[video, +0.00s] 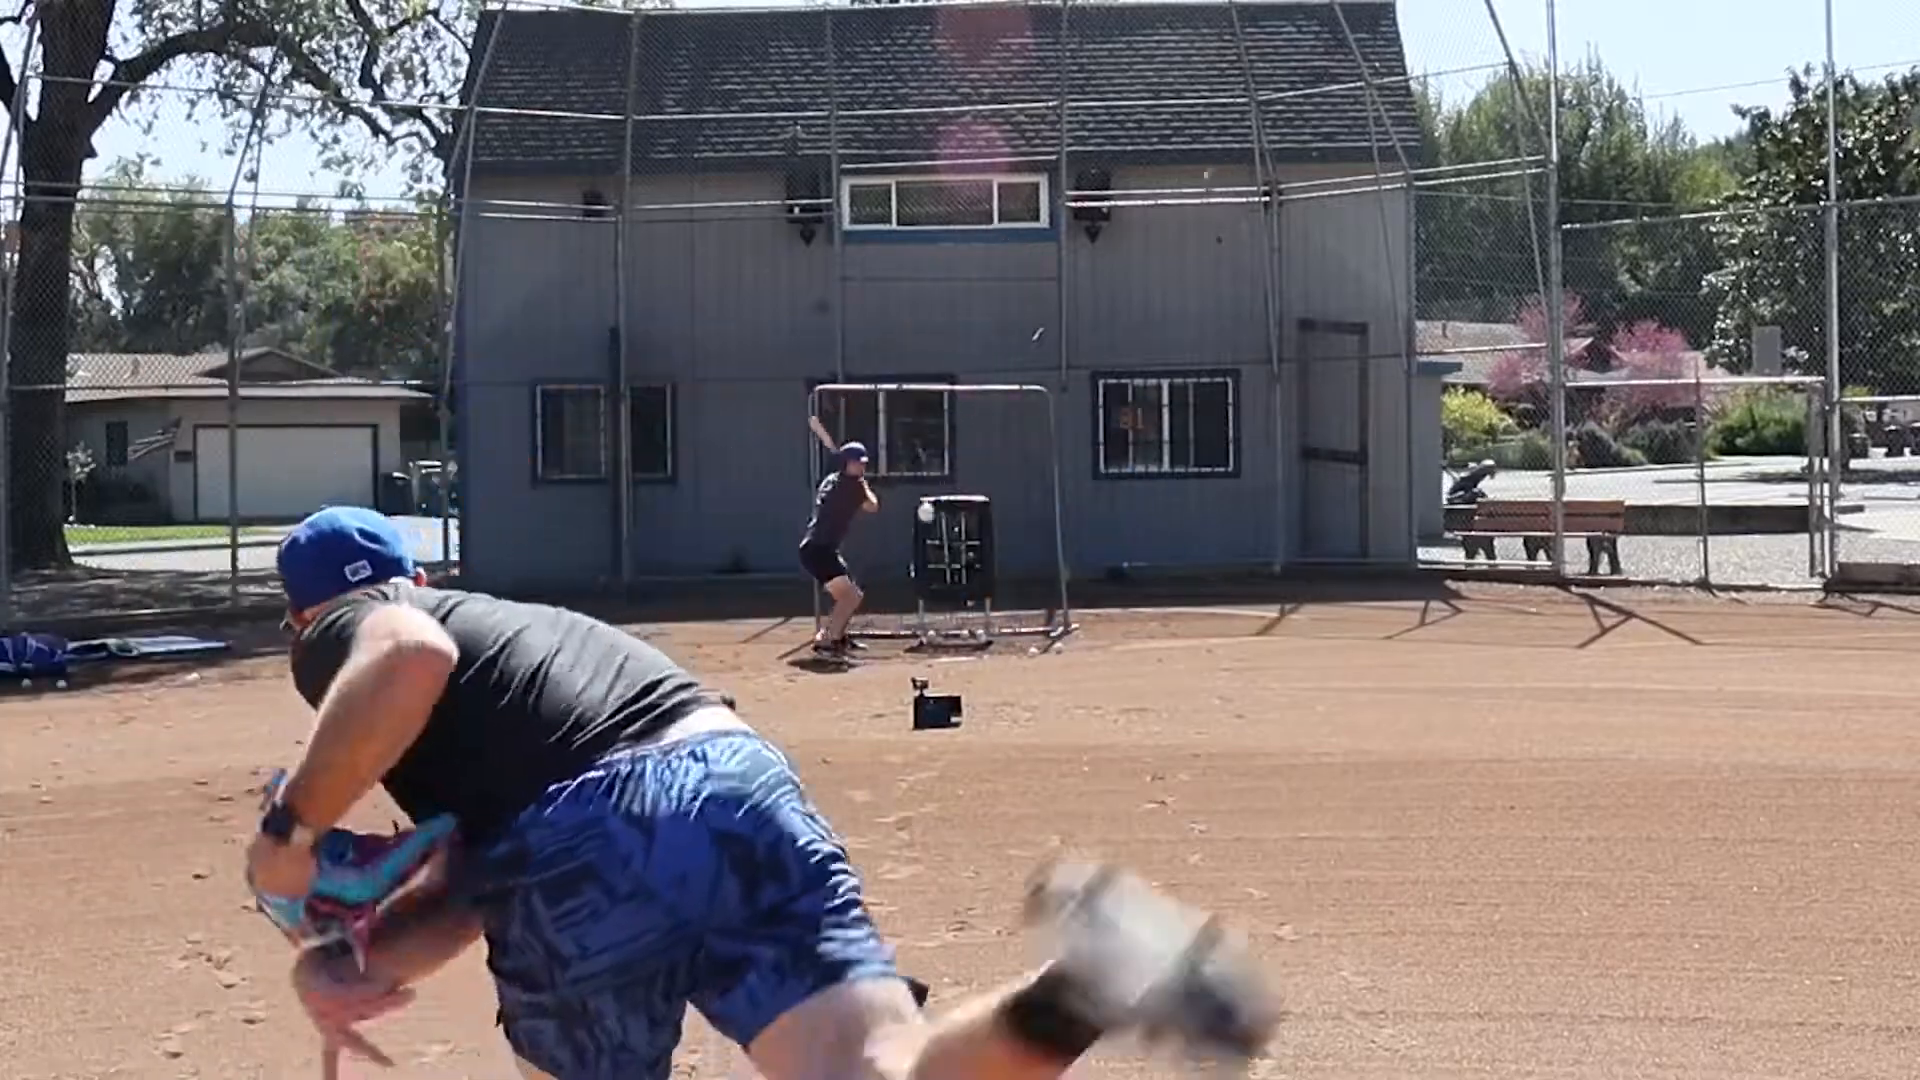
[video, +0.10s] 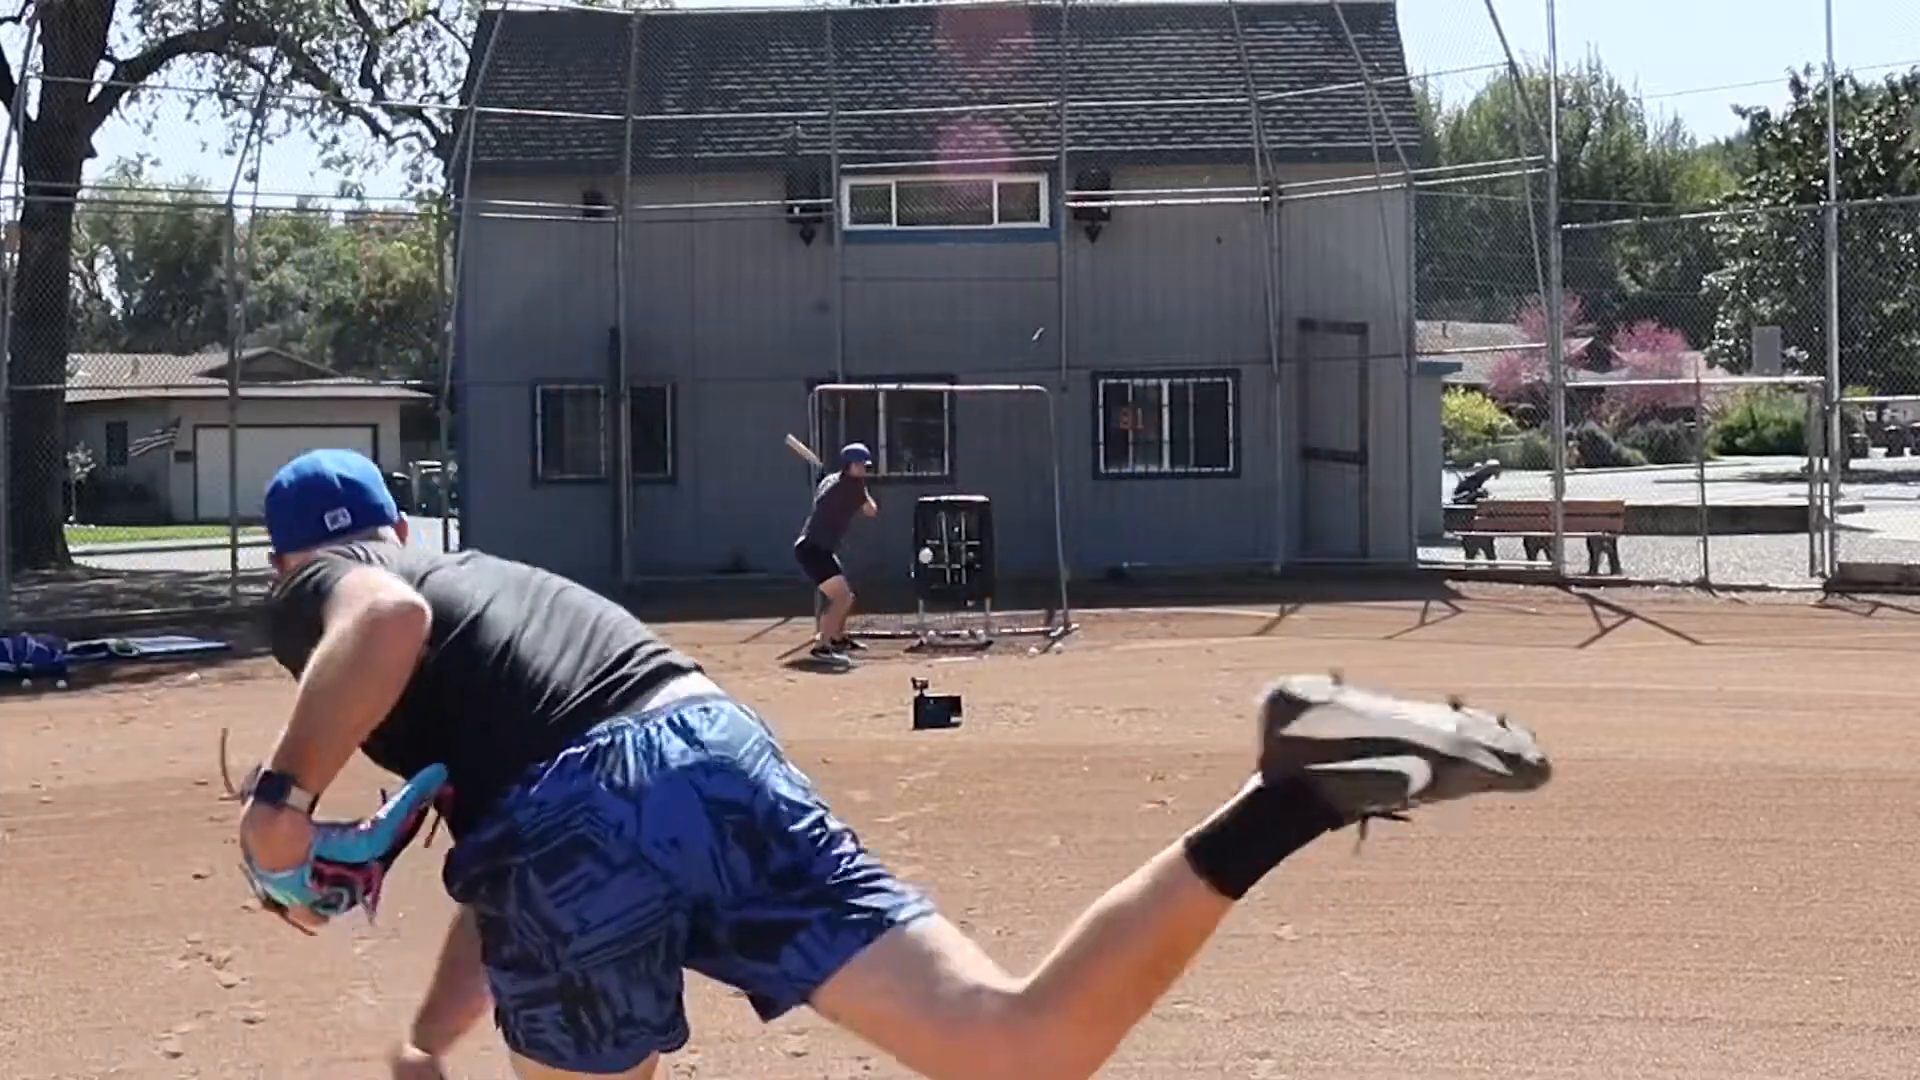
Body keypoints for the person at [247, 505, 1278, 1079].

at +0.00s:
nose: (297, 648)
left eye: (293, 624)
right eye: (307, 629)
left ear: (307, 612)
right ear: (411, 573)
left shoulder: (371, 614)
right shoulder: (508, 653)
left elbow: (405, 656)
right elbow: (471, 879)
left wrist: (297, 824)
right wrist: (349, 968)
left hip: (588, 814)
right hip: (739, 760)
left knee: (601, 1061)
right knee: (876, 1062)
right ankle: (1078, 994)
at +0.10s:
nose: (297, 605)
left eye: (293, 582)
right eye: (299, 592)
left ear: (317, 554)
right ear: (402, 513)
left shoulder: (372, 565)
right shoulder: (493, 595)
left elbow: (389, 611)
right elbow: (489, 869)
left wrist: (283, 792)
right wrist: (419, 1046)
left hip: (574, 810)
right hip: (720, 737)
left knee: (577, 1069)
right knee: (1011, 1039)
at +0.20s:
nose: (253, 514)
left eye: (251, 493)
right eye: (264, 496)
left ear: (273, 484)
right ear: (370, 461)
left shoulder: (296, 543)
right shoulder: (449, 524)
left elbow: (322, 657)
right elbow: (492, 723)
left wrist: (272, 866)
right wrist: (394, 881)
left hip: (574, 817)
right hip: (712, 721)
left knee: (576, 1068)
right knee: (1007, 991)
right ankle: (1329, 886)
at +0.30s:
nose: (231, 447)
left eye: (228, 430)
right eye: (246, 421)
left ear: (242, 434)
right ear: (354, 402)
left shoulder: (260, 515)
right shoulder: (444, 461)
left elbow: (317, 694)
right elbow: (517, 662)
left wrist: (292, 909)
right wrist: (469, 878)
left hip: (583, 822)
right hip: (718, 710)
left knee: (596, 1065)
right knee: (926, 944)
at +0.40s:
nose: (225, 381)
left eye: (218, 365)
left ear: (225, 374)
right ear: (352, 343)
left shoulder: (263, 482)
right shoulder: (447, 405)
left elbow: (349, 701)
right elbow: (532, 601)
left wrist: (345, 916)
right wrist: (506, 876)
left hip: (588, 806)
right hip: (725, 716)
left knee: (591, 1062)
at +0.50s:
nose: (231, 343)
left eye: (225, 325)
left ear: (232, 330)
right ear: (359, 299)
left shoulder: (283, 442)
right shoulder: (452, 368)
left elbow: (370, 700)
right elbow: (547, 592)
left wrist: (335, 895)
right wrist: (506, 844)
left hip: (612, 788)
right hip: (709, 723)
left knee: (587, 1056)